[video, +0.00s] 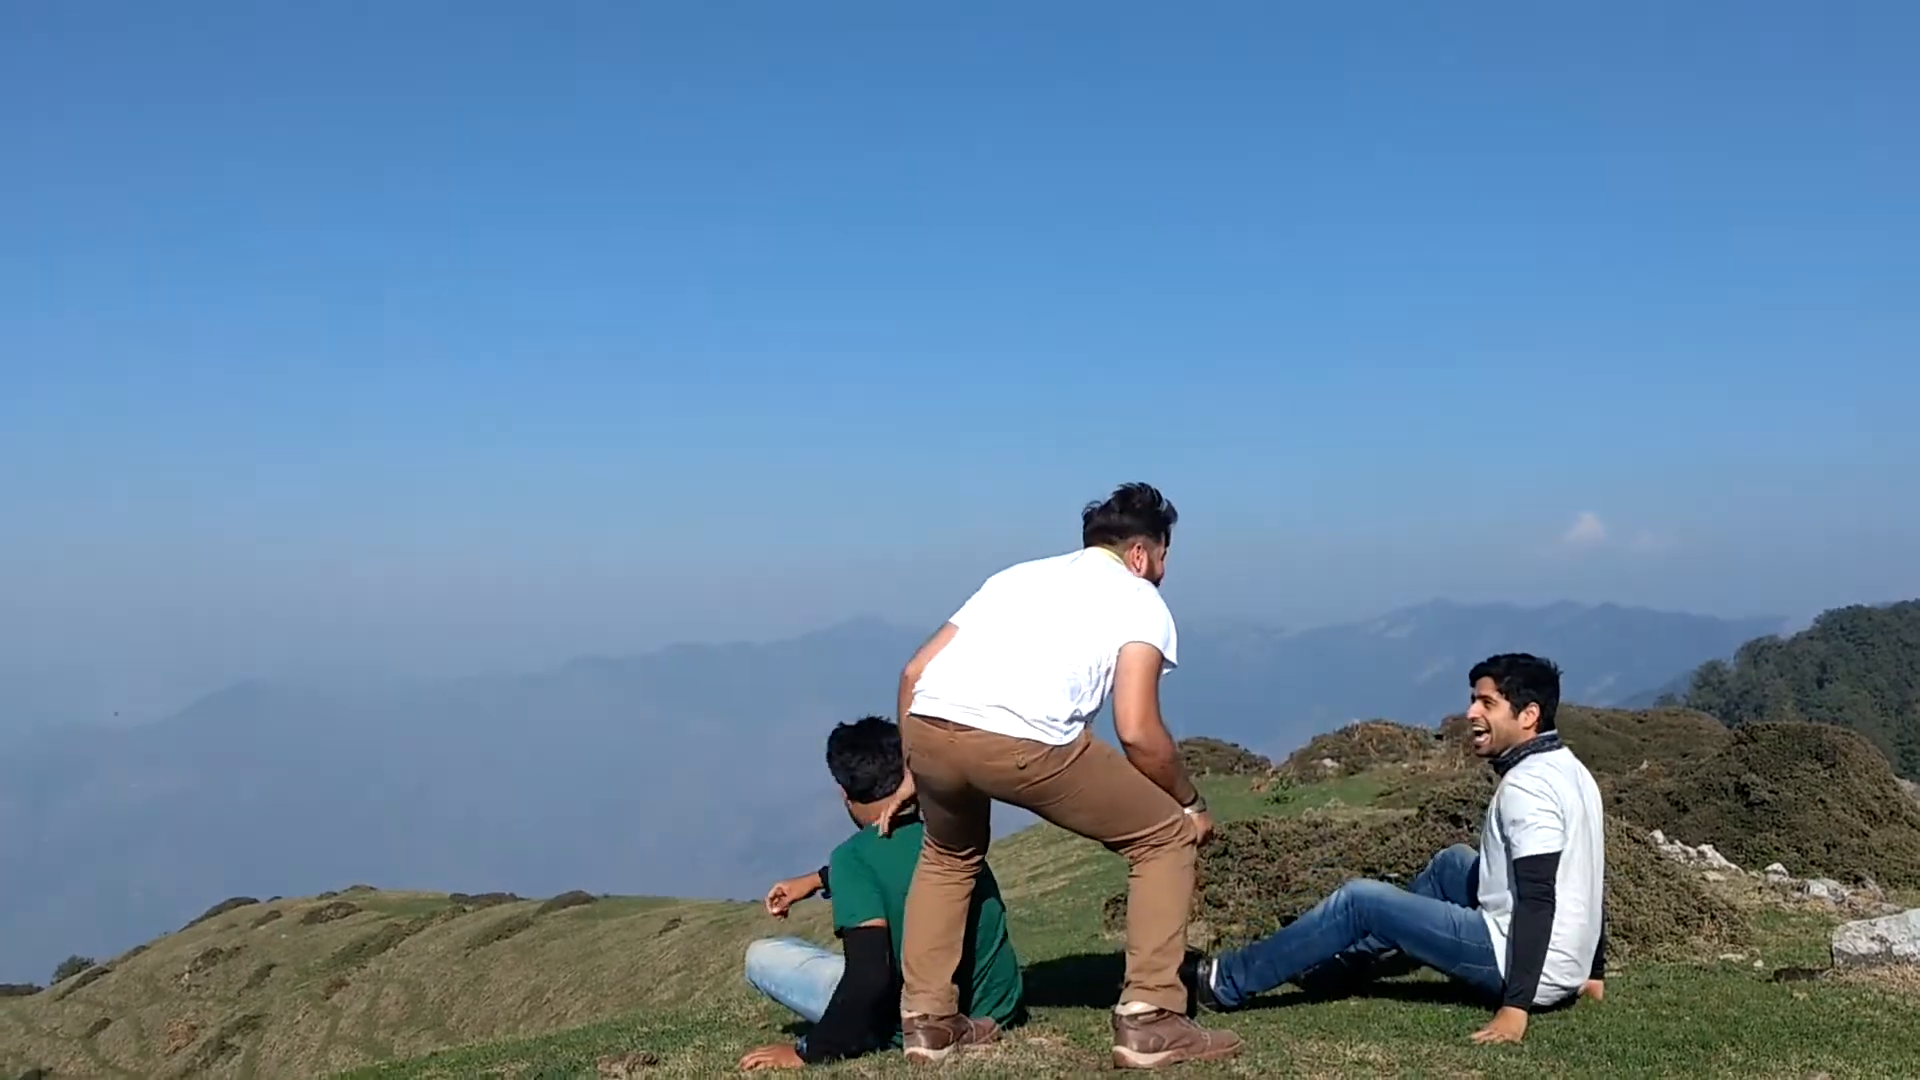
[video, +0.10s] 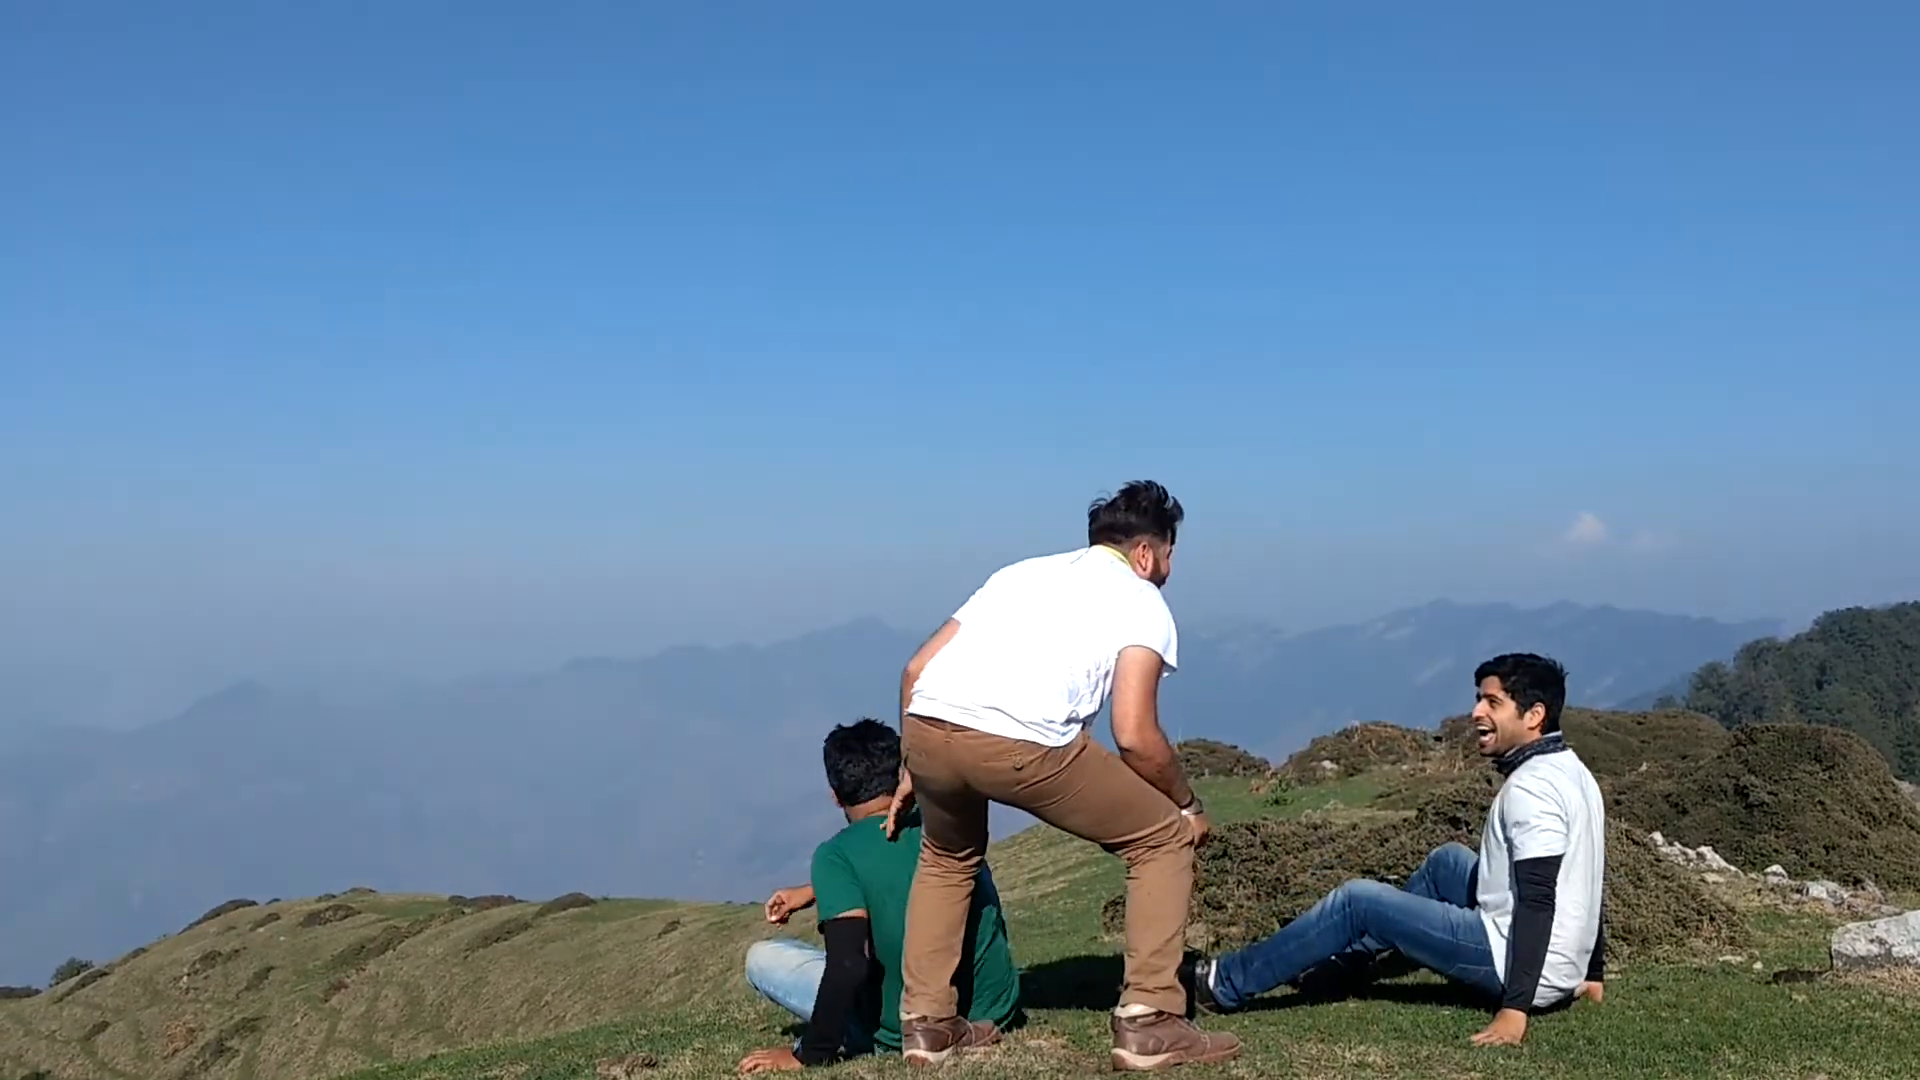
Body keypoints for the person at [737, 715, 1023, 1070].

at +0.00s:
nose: (841, 797)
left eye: (840, 789)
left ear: (847, 795)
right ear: (911, 775)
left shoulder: (854, 856)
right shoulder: (950, 829)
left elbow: (869, 975)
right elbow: (899, 859)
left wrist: (808, 1050)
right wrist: (820, 880)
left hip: (924, 1026)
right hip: (1000, 1005)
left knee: (761, 954)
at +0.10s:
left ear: (836, 796)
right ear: (905, 775)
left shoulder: (835, 854)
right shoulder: (946, 820)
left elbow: (850, 964)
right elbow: (902, 868)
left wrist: (807, 1053)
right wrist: (820, 891)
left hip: (905, 1030)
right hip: (996, 1009)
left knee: (761, 955)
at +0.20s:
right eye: (893, 774)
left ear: (825, 798)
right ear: (889, 780)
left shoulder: (822, 849)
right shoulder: (942, 822)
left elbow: (834, 954)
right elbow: (903, 882)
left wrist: (806, 1051)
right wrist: (812, 901)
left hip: (893, 1030)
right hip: (986, 1009)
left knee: (758, 960)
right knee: (976, 865)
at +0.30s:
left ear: (813, 801)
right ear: (877, 783)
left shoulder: (810, 849)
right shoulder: (932, 823)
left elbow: (828, 950)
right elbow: (895, 890)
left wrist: (806, 1054)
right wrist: (806, 910)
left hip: (889, 1029)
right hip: (982, 1007)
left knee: (753, 975)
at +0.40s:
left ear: (804, 801)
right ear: (868, 782)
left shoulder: (802, 847)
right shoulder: (915, 823)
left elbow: (828, 948)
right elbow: (893, 897)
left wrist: (805, 1055)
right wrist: (801, 919)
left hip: (887, 1028)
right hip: (979, 1004)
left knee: (747, 987)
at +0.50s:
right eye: (862, 775)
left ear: (797, 801)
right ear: (859, 781)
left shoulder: (795, 845)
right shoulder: (903, 819)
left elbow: (825, 947)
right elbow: (888, 894)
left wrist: (804, 1055)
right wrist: (795, 922)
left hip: (884, 1028)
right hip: (974, 1001)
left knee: (745, 992)